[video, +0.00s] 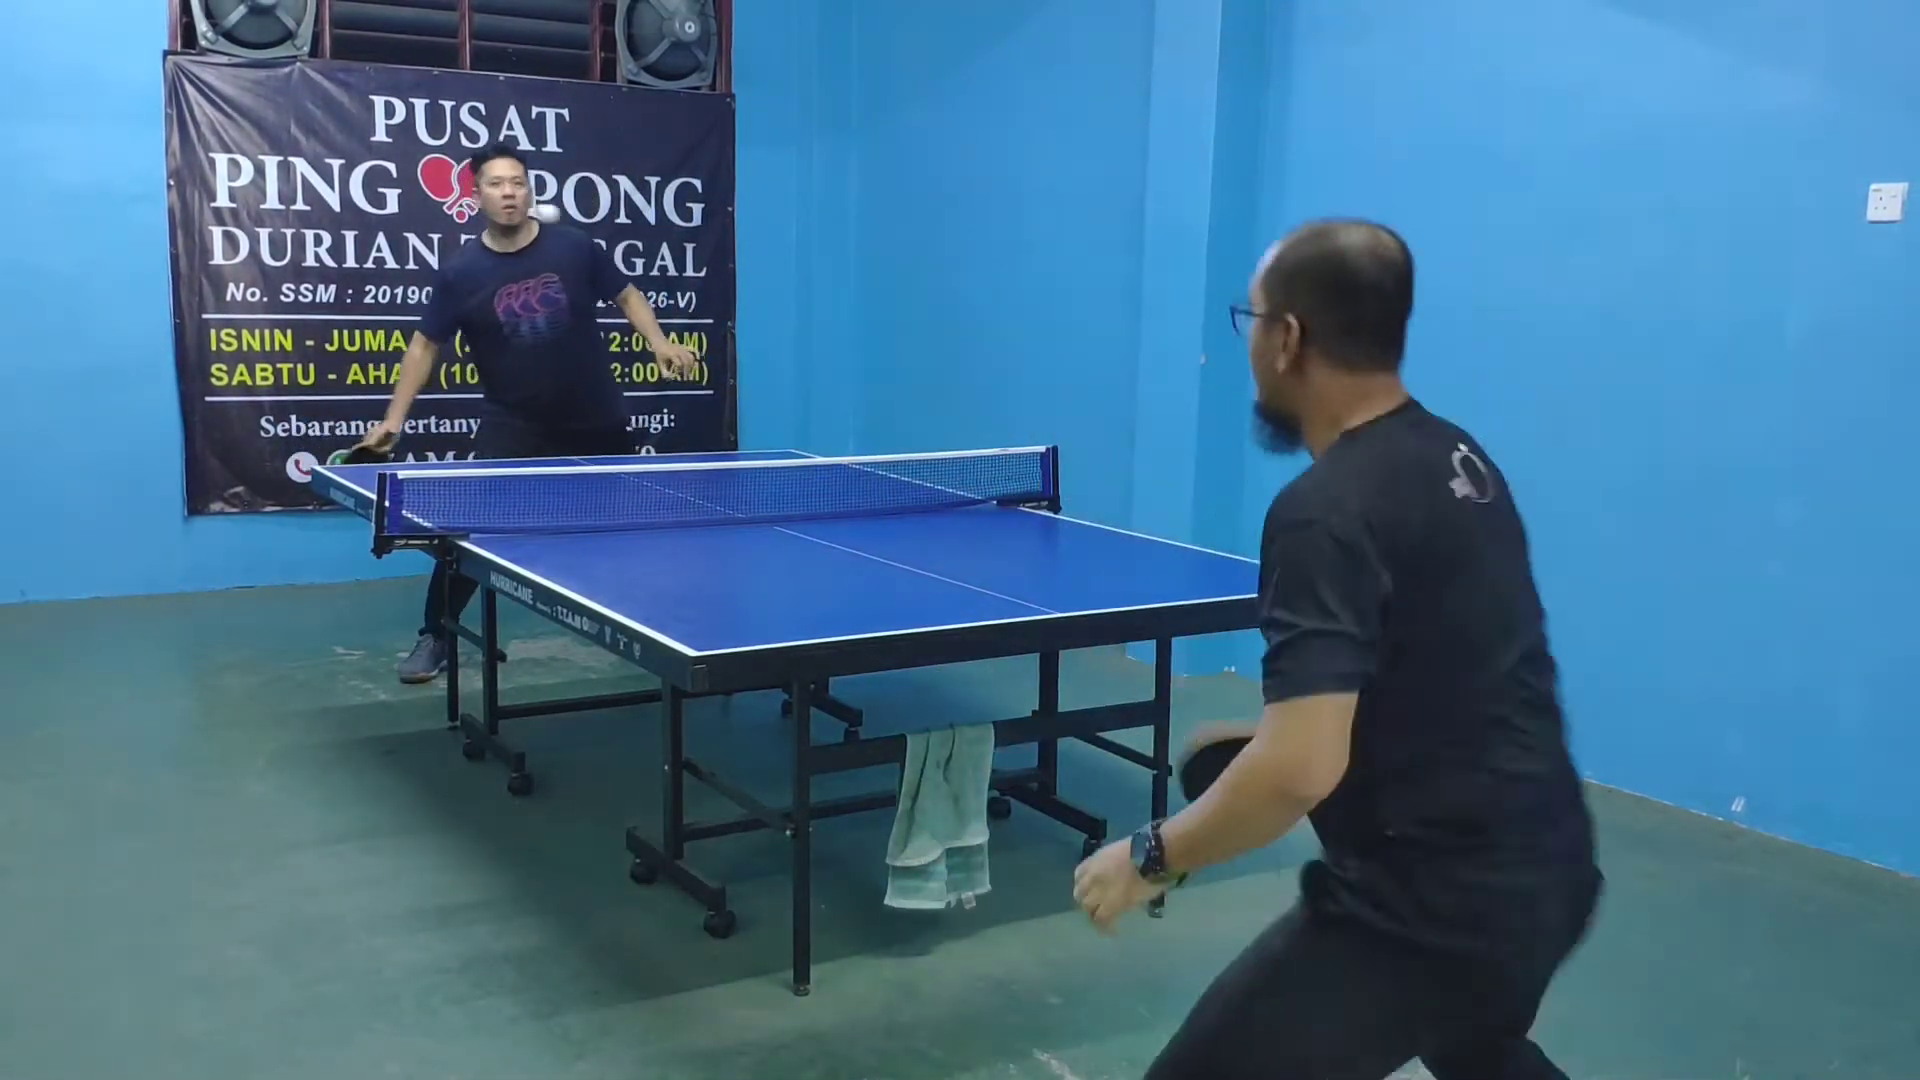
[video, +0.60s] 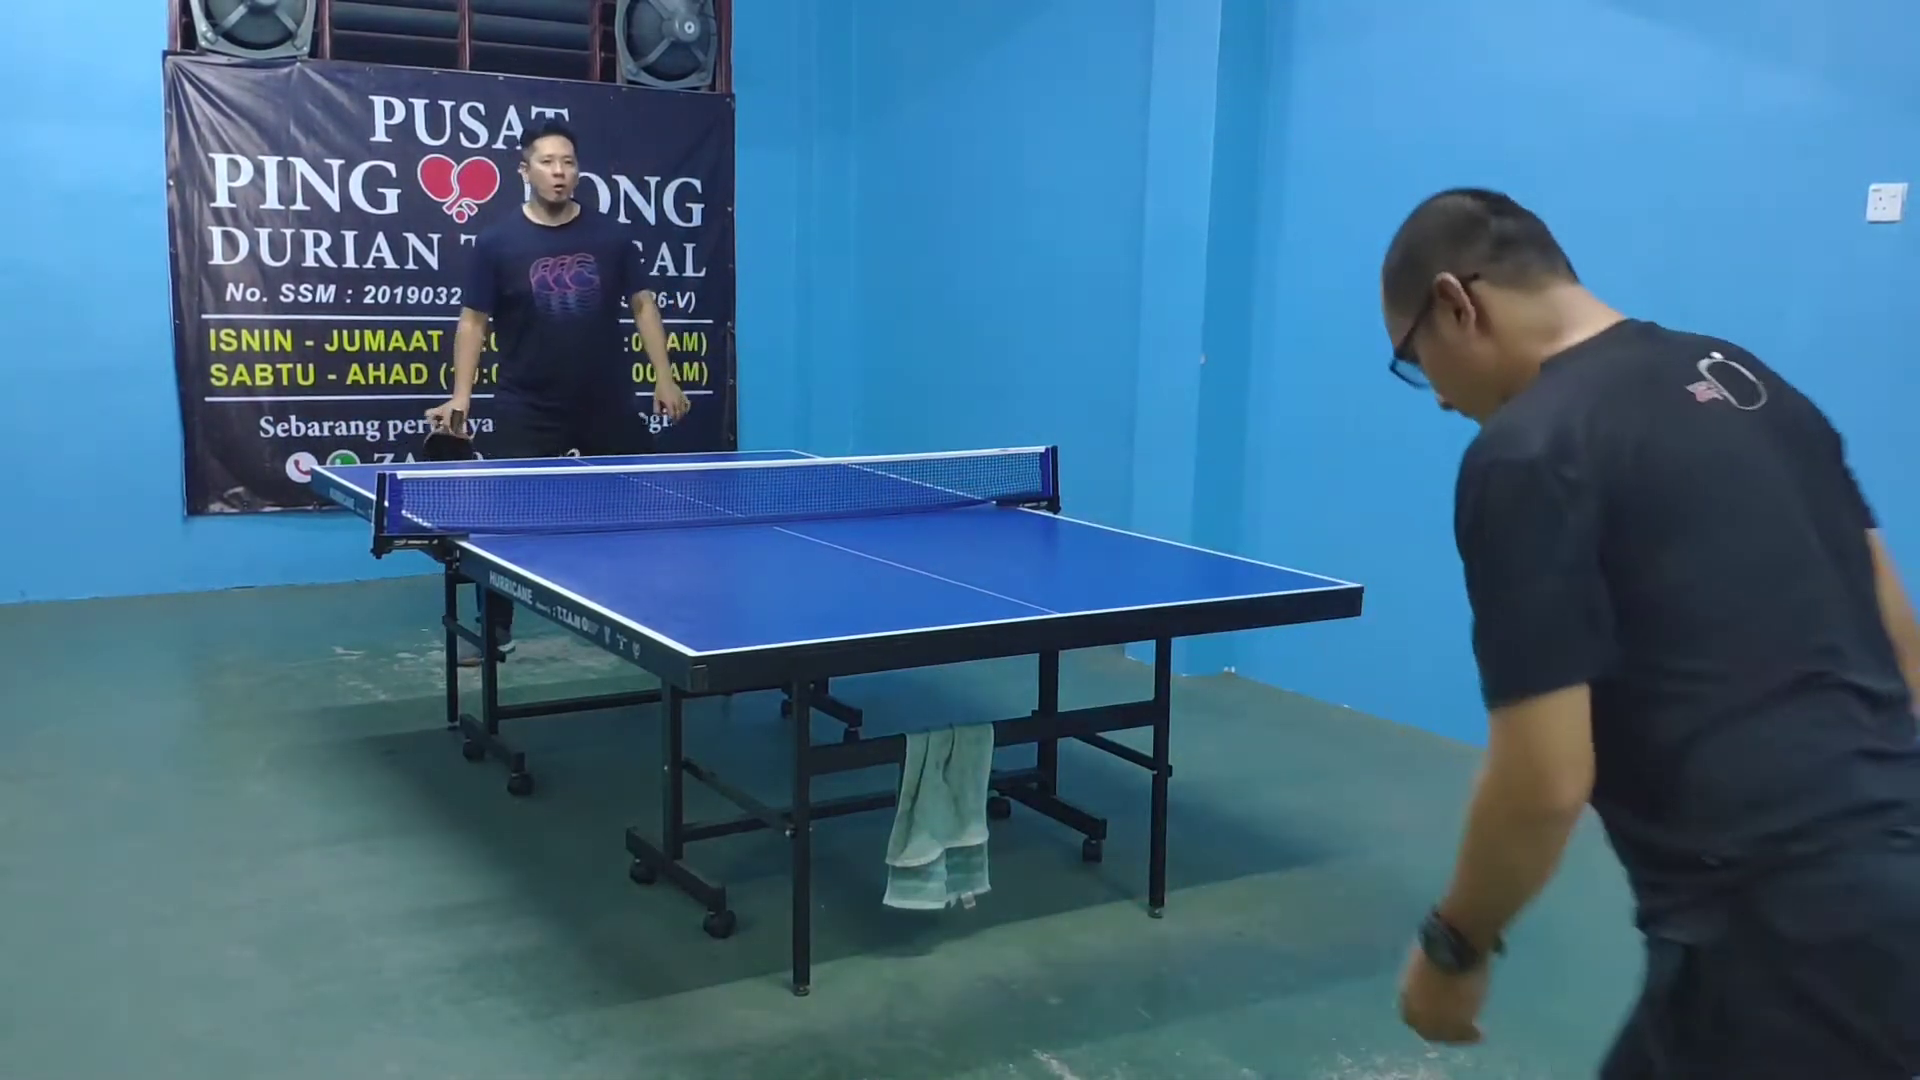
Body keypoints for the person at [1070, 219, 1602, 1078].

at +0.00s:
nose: (1248, 342)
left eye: (1252, 318)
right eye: (1250, 318)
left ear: (1290, 337)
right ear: (1388, 335)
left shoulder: (1323, 511)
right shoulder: (1456, 459)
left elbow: (1299, 767)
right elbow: (1455, 684)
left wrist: (1152, 856)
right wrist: (1292, 735)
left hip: (1416, 905)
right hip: (1536, 874)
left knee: (1193, 1070)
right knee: (1480, 1051)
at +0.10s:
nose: (1271, 318)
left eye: (1274, 291)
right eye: (1271, 293)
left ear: (1314, 302)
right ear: (1417, 295)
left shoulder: (1341, 460)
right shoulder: (1502, 423)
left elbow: (1322, 710)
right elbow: (1516, 643)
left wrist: (1200, 798)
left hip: (1447, 880)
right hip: (1585, 851)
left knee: (1228, 1068)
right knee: (1527, 1039)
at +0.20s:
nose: (1289, 234)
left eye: (1291, 206)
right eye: (1289, 207)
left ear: (1335, 211)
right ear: (1436, 206)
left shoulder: (1368, 350)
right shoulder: (1535, 332)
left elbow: (1376, 606)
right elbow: (1576, 559)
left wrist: (1277, 715)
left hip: (1518, 792)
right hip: (1647, 767)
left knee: (1407, 1059)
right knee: (1559, 1042)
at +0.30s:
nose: (1323, 242)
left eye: (1322, 210)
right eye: (1317, 214)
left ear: (1371, 195)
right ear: (1468, 186)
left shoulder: (1417, 331)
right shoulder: (1593, 312)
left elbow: (1427, 603)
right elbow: (1701, 543)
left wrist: (1322, 726)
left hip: (1588, 782)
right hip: (1710, 761)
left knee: (1481, 1059)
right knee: (1559, 1052)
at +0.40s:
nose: (1374, 306)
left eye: (1365, 271)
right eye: (1360, 278)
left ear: (1420, 237)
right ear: (1508, 224)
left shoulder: (1485, 374)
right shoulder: (1651, 347)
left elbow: (1471, 669)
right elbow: (1763, 589)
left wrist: (1351, 806)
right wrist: (1676, 742)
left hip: (1634, 847)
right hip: (1748, 822)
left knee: (1552, 1057)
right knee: (1619, 1050)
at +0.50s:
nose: (1408, 352)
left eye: (1395, 319)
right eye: (1389, 328)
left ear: (1447, 277)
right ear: (1538, 253)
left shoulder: (1508, 417)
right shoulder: (1703, 371)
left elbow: (1510, 725)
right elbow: (1823, 635)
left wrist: (1397, 881)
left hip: (1701, 896)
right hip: (1821, 865)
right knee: (1585, 1057)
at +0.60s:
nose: (1439, 398)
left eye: (1417, 359)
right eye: (1415, 370)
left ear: (1460, 305)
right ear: (1556, 276)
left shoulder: (1529, 450)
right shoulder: (1753, 382)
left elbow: (1544, 780)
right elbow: (1898, 641)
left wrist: (1454, 946)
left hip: (1782, 942)